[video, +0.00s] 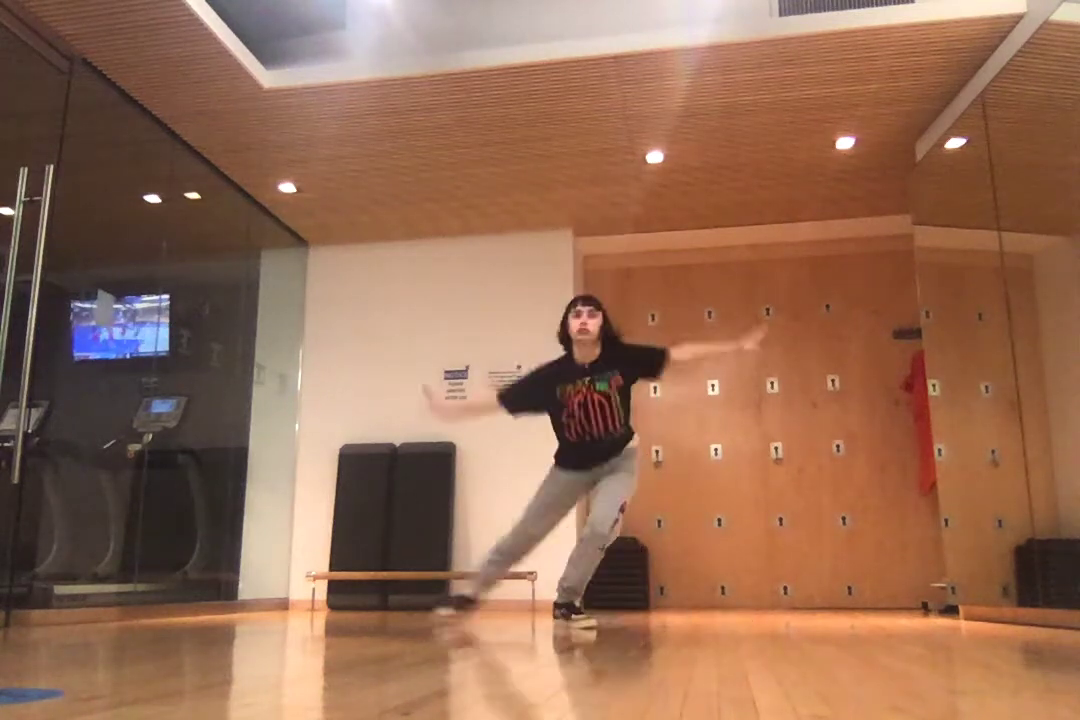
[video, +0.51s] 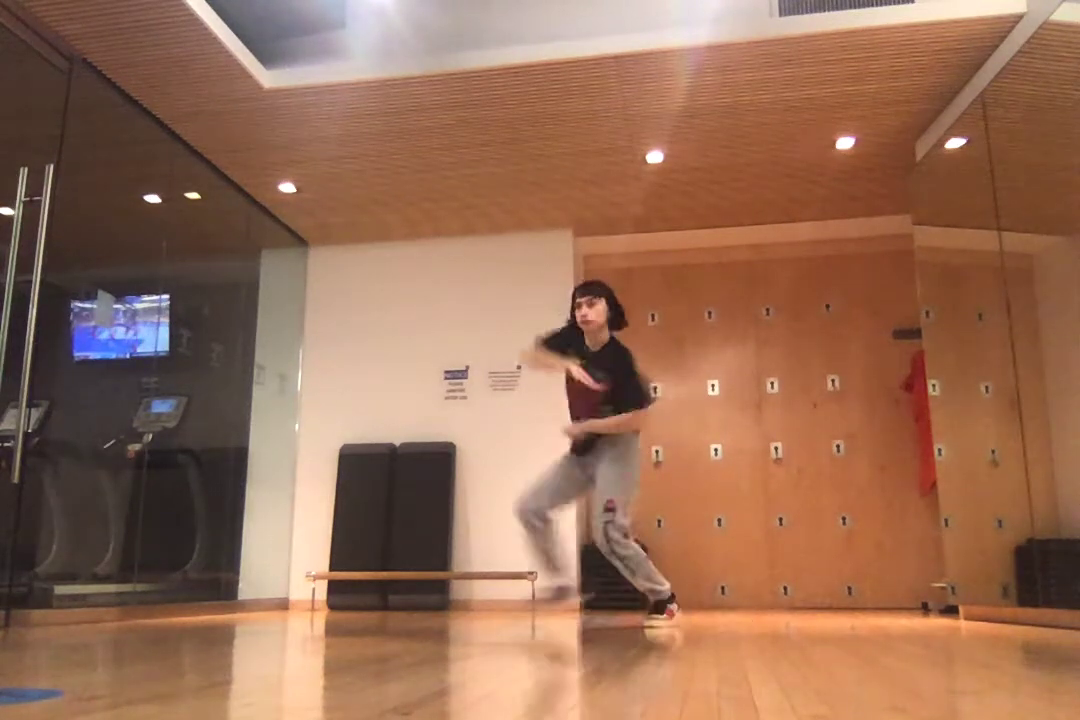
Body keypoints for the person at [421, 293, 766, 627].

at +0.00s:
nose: (583, 322)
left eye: (591, 315)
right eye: (577, 316)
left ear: (603, 325)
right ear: (566, 327)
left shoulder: (624, 358)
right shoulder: (552, 375)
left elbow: (682, 355)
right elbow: (498, 401)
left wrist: (736, 346)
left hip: (617, 461)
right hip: (571, 468)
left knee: (602, 528)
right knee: (527, 531)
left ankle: (567, 601)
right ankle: (472, 593)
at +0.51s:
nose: (584, 311)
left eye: (592, 304)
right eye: (579, 306)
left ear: (608, 309)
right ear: (574, 313)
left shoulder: (619, 356)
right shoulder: (570, 339)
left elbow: (637, 419)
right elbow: (532, 355)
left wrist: (586, 425)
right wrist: (570, 366)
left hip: (617, 449)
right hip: (584, 451)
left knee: (609, 532)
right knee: (530, 507)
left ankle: (662, 598)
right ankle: (561, 585)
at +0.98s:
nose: (562, 281)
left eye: (568, 275)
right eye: (553, 275)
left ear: (575, 284)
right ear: (537, 286)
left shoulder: (584, 330)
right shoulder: (521, 332)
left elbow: (616, 370)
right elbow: (500, 384)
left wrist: (583, 341)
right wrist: (527, 348)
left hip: (577, 430)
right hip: (527, 434)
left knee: (603, 505)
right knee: (492, 509)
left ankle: (650, 586)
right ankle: (470, 590)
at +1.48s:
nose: (563, 317)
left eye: (570, 311)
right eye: (556, 311)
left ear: (580, 319)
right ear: (545, 319)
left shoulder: (589, 355)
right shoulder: (525, 360)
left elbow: (640, 377)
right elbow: (484, 402)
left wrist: (591, 386)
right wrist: (533, 397)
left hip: (588, 455)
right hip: (541, 457)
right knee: (513, 527)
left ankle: (653, 588)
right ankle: (463, 592)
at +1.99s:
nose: (609, 306)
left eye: (608, 299)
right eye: (604, 299)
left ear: (584, 300)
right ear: (587, 301)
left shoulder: (593, 337)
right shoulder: (562, 331)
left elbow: (589, 383)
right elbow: (541, 372)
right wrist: (589, 351)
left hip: (598, 450)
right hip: (562, 444)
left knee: (635, 513)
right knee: (539, 531)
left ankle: (648, 603)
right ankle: (474, 587)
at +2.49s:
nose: (504, 277)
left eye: (502, 272)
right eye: (495, 274)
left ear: (500, 281)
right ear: (479, 285)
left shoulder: (519, 320)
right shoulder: (485, 311)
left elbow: (559, 314)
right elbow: (519, 276)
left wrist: (598, 301)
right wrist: (572, 267)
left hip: (507, 437)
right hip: (471, 426)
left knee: (523, 509)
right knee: (424, 506)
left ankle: (521, 602)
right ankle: (359, 581)